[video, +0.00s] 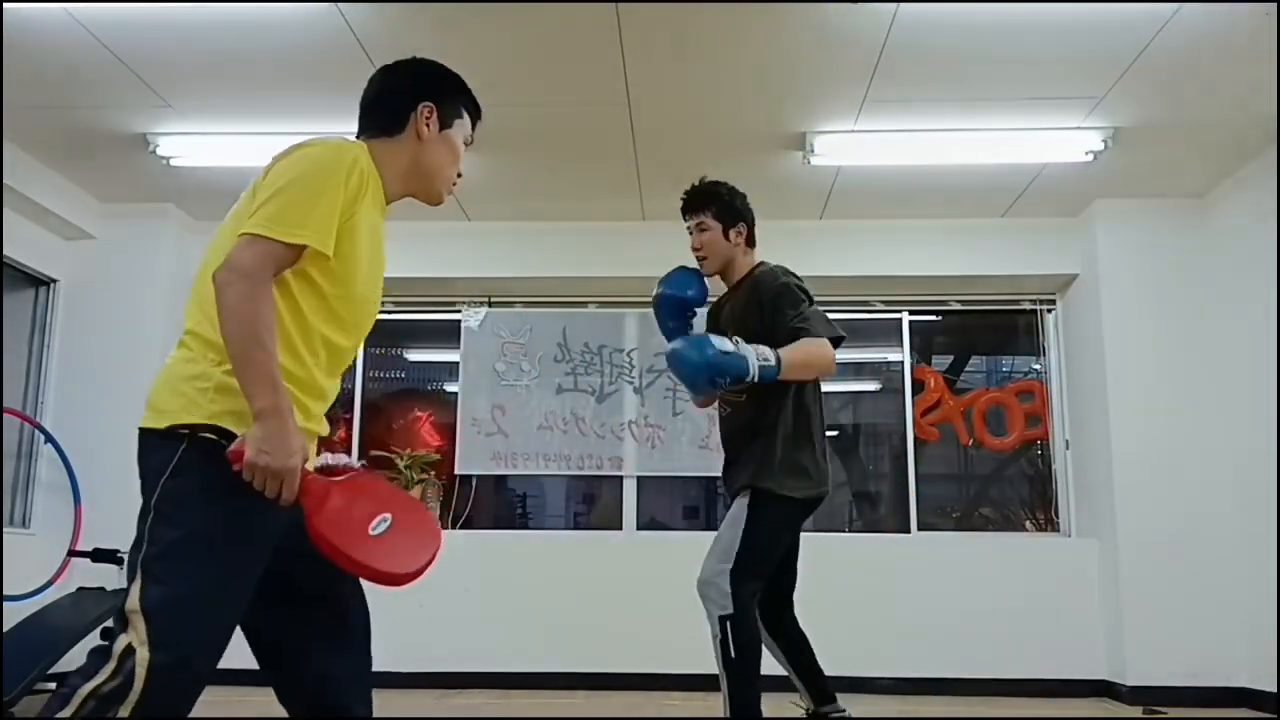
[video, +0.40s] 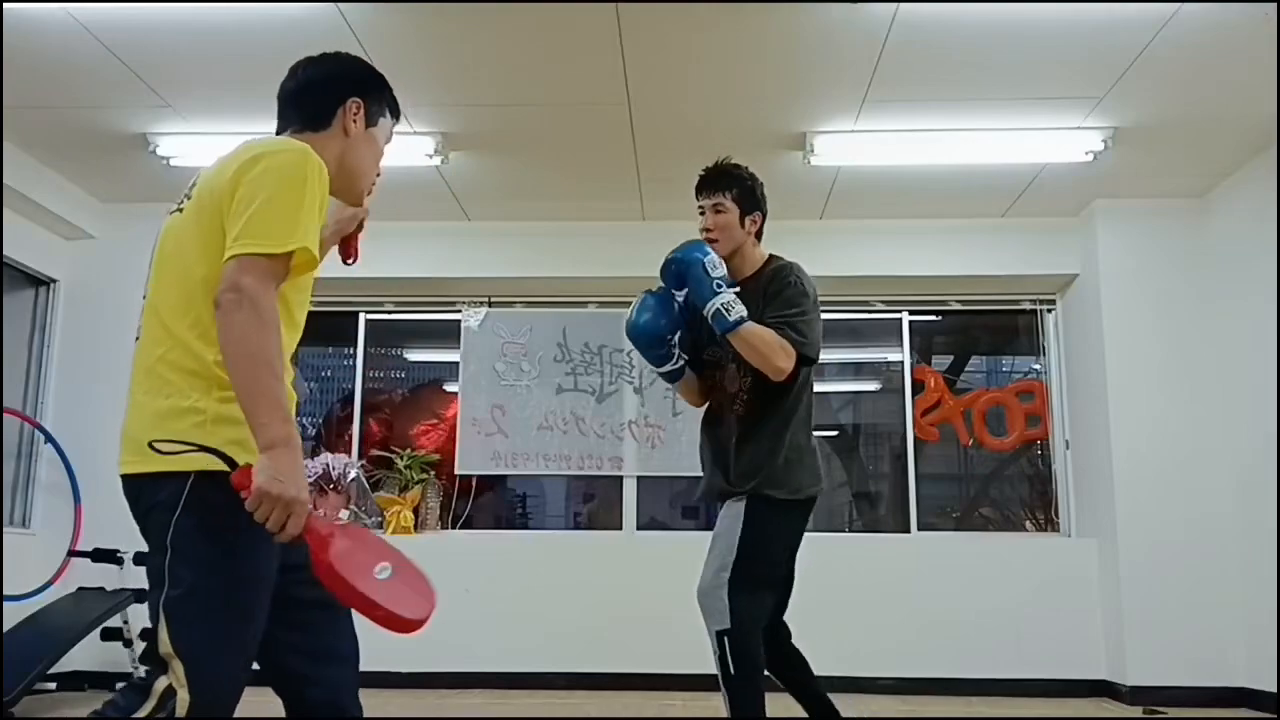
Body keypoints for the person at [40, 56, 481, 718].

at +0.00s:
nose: (464, 164)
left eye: (468, 147)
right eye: (463, 140)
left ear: (416, 123)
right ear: (425, 120)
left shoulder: (361, 213)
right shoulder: (336, 162)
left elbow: (292, 349)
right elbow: (241, 275)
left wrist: (308, 452)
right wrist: (274, 416)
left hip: (271, 458)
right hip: (212, 442)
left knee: (335, 675)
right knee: (155, 670)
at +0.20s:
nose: (412, 151)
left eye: (416, 134)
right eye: (413, 127)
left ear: (364, 106)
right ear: (380, 105)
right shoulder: (304, 152)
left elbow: (235, 306)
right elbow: (225, 271)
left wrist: (304, 376)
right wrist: (239, 427)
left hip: (230, 455)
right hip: (188, 445)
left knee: (286, 675)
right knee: (168, 677)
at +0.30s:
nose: (389, 163)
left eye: (397, 146)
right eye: (393, 139)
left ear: (311, 110)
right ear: (363, 113)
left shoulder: (240, 170)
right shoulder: (296, 156)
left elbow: (237, 294)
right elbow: (230, 277)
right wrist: (248, 435)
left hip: (215, 462)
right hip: (196, 460)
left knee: (304, 674)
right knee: (182, 688)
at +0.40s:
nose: (379, 164)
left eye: (384, 146)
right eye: (381, 140)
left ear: (294, 112)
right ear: (352, 115)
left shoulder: (231, 177)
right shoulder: (289, 160)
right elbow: (244, 292)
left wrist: (341, 219)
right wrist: (280, 447)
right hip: (205, 464)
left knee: (323, 670)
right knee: (198, 687)